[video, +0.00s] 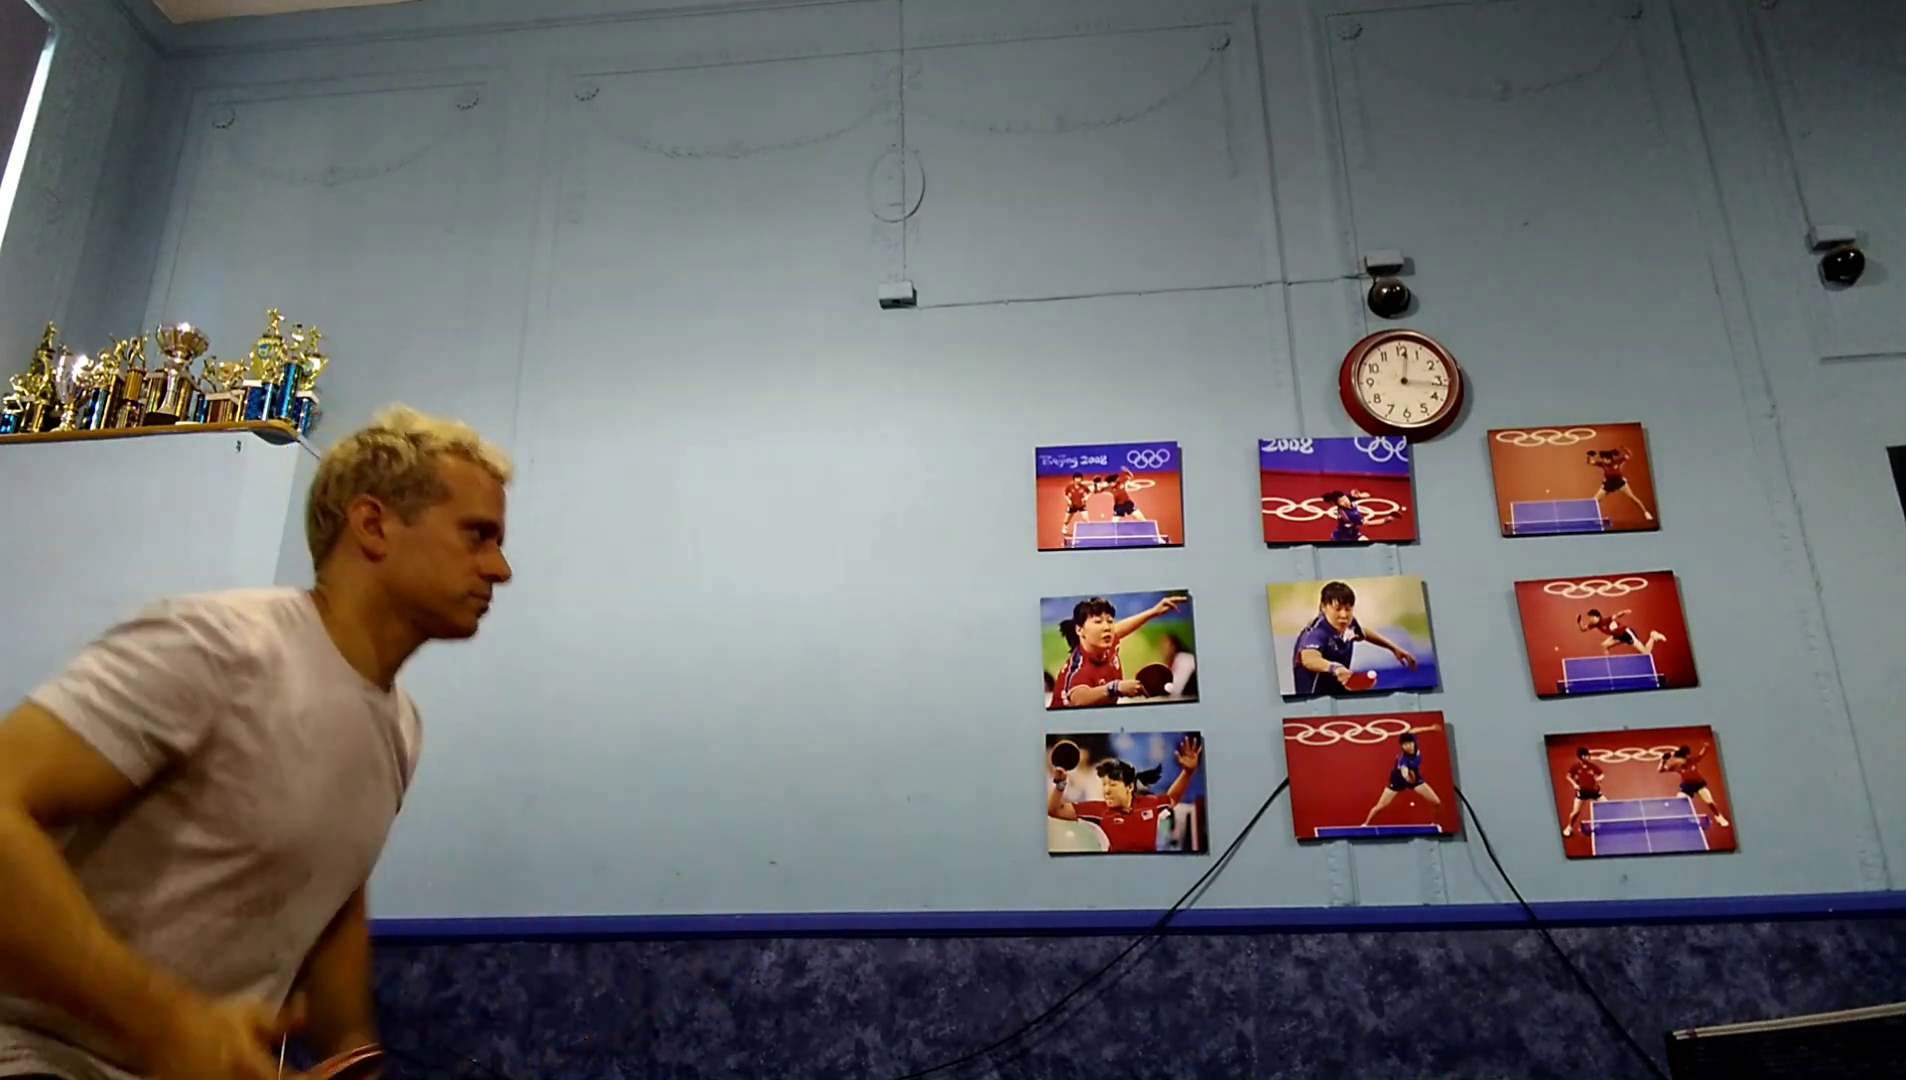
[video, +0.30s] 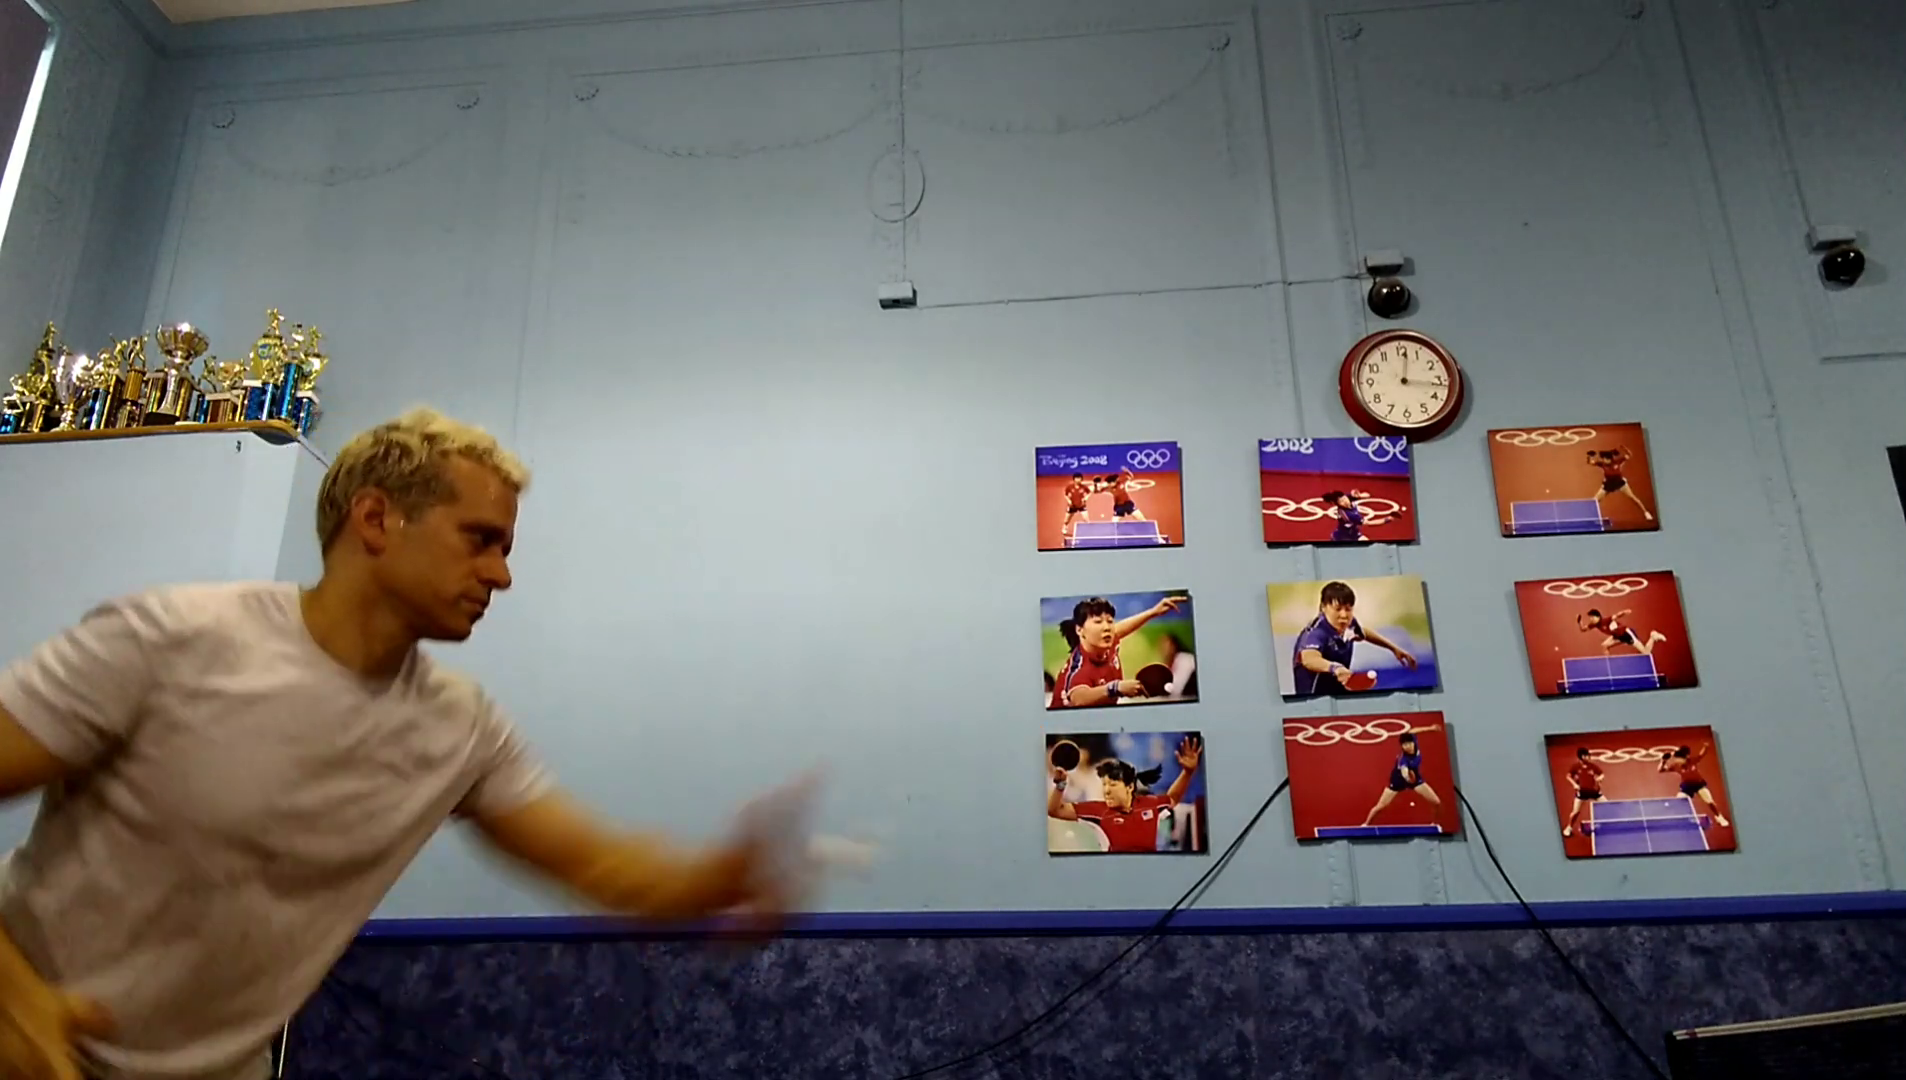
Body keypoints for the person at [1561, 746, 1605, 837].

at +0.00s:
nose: (1588, 758)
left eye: (1588, 755)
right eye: (1586, 756)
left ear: (1588, 756)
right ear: (1581, 757)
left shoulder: (1592, 766)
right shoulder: (1576, 767)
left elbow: (1602, 774)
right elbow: (1568, 776)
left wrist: (1598, 779)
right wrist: (1574, 784)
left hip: (1594, 791)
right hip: (1582, 791)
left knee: (1607, 806)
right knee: (1576, 812)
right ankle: (1569, 827)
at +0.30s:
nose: (1588, 758)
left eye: (1588, 755)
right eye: (1586, 756)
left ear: (1588, 756)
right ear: (1581, 757)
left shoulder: (1592, 766)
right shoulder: (1576, 767)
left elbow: (1602, 774)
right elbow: (1568, 776)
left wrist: (1598, 779)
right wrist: (1574, 784)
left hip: (1594, 791)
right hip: (1582, 791)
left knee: (1607, 806)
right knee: (1576, 812)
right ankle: (1569, 827)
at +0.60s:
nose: (1587, 758)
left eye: (1588, 755)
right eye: (1585, 756)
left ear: (1589, 756)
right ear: (1581, 757)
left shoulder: (1592, 766)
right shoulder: (1576, 766)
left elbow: (1602, 775)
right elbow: (1569, 776)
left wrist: (1598, 779)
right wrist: (1574, 785)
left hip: (1594, 791)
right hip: (1582, 791)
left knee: (1606, 805)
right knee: (1576, 811)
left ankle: (1606, 826)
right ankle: (1569, 827)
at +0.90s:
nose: (1587, 758)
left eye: (1588, 755)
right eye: (1585, 756)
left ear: (1589, 756)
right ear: (1581, 757)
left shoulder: (1592, 766)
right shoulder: (1576, 766)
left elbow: (1602, 774)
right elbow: (1568, 776)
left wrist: (1598, 779)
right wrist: (1574, 785)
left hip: (1594, 791)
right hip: (1582, 791)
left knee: (1606, 806)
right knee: (1576, 811)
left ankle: (1606, 826)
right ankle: (1569, 827)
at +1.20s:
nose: (1587, 758)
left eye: (1588, 755)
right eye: (1585, 755)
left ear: (1589, 756)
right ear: (1581, 757)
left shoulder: (1592, 766)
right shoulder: (1576, 766)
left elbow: (1602, 774)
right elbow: (1568, 776)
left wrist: (1598, 779)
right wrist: (1574, 785)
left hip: (1594, 791)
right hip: (1582, 791)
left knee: (1606, 806)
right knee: (1576, 811)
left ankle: (1606, 826)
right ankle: (1569, 827)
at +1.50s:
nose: (1587, 758)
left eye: (1588, 755)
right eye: (1585, 755)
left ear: (1589, 756)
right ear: (1581, 757)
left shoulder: (1592, 766)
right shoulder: (1576, 766)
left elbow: (1602, 774)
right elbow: (1568, 776)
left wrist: (1598, 779)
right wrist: (1574, 785)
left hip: (1594, 791)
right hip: (1582, 791)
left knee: (1606, 806)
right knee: (1576, 811)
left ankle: (1606, 826)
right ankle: (1569, 827)